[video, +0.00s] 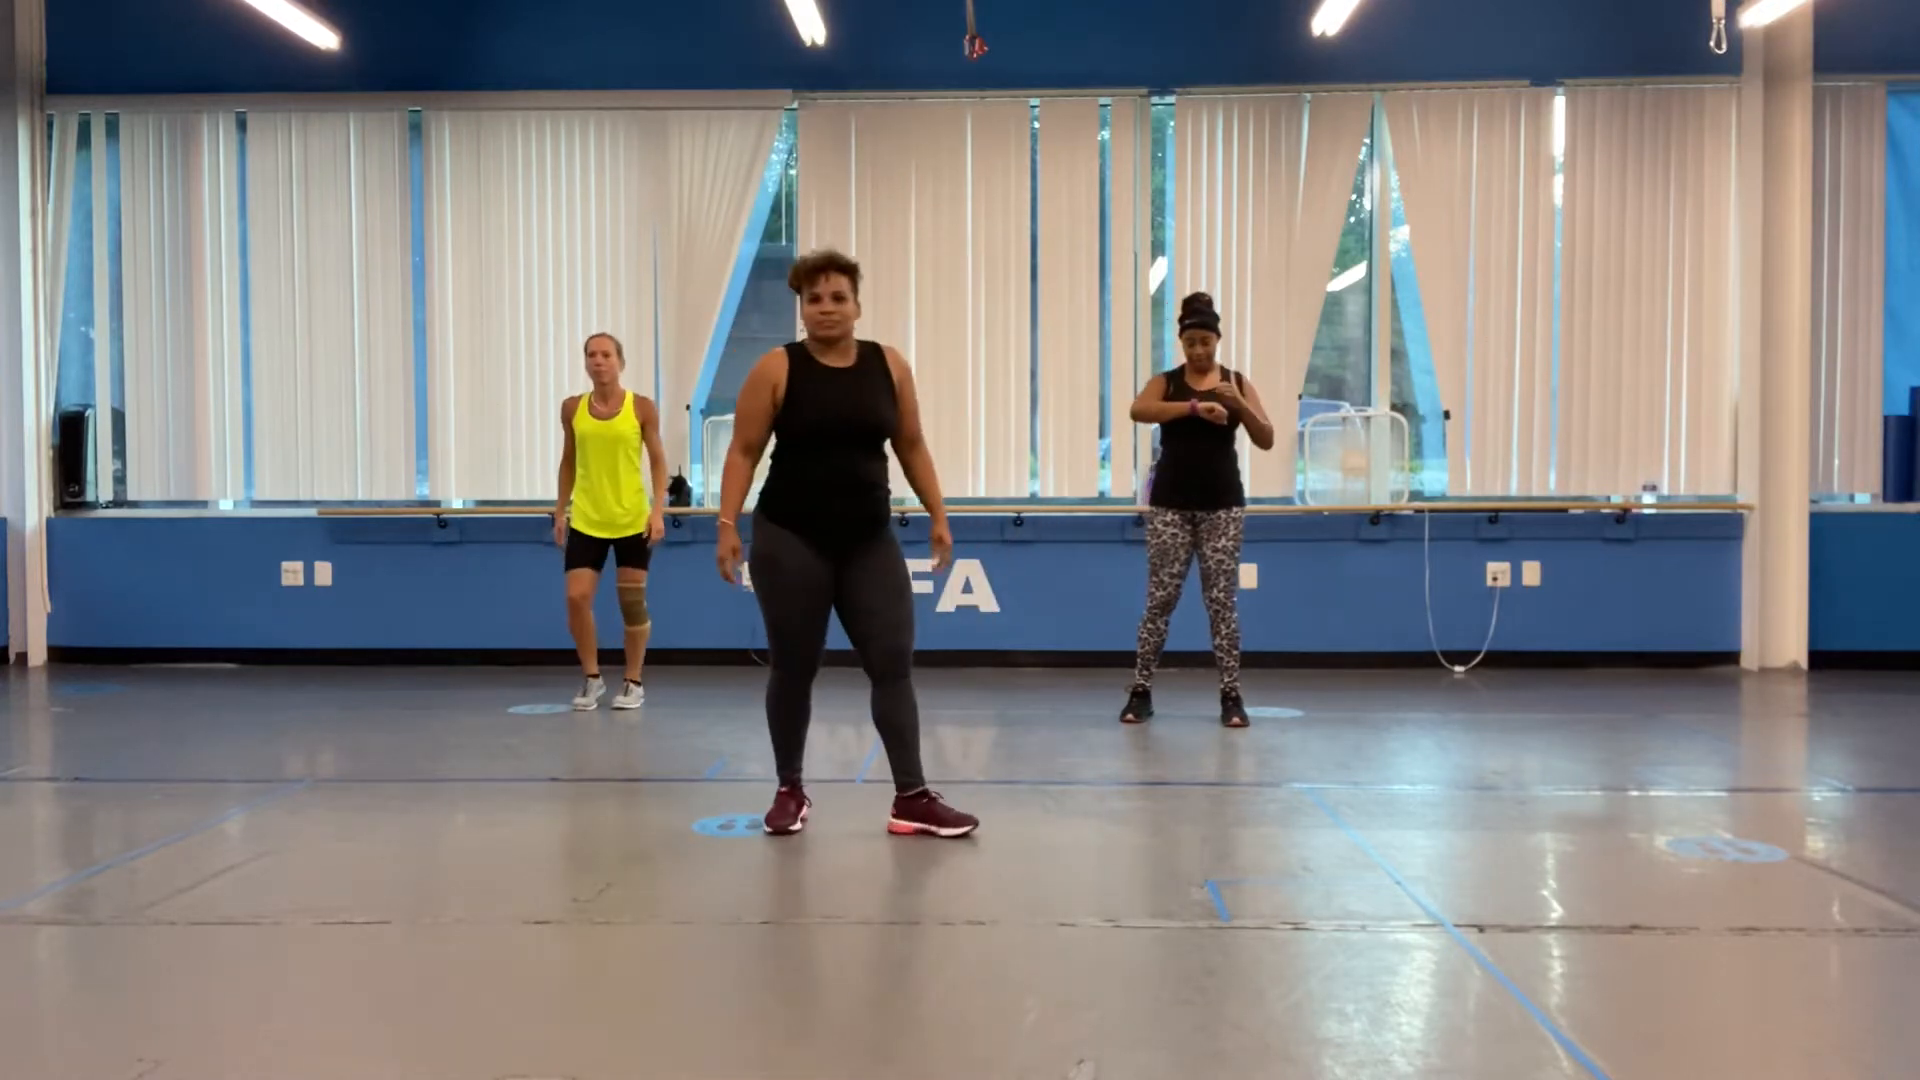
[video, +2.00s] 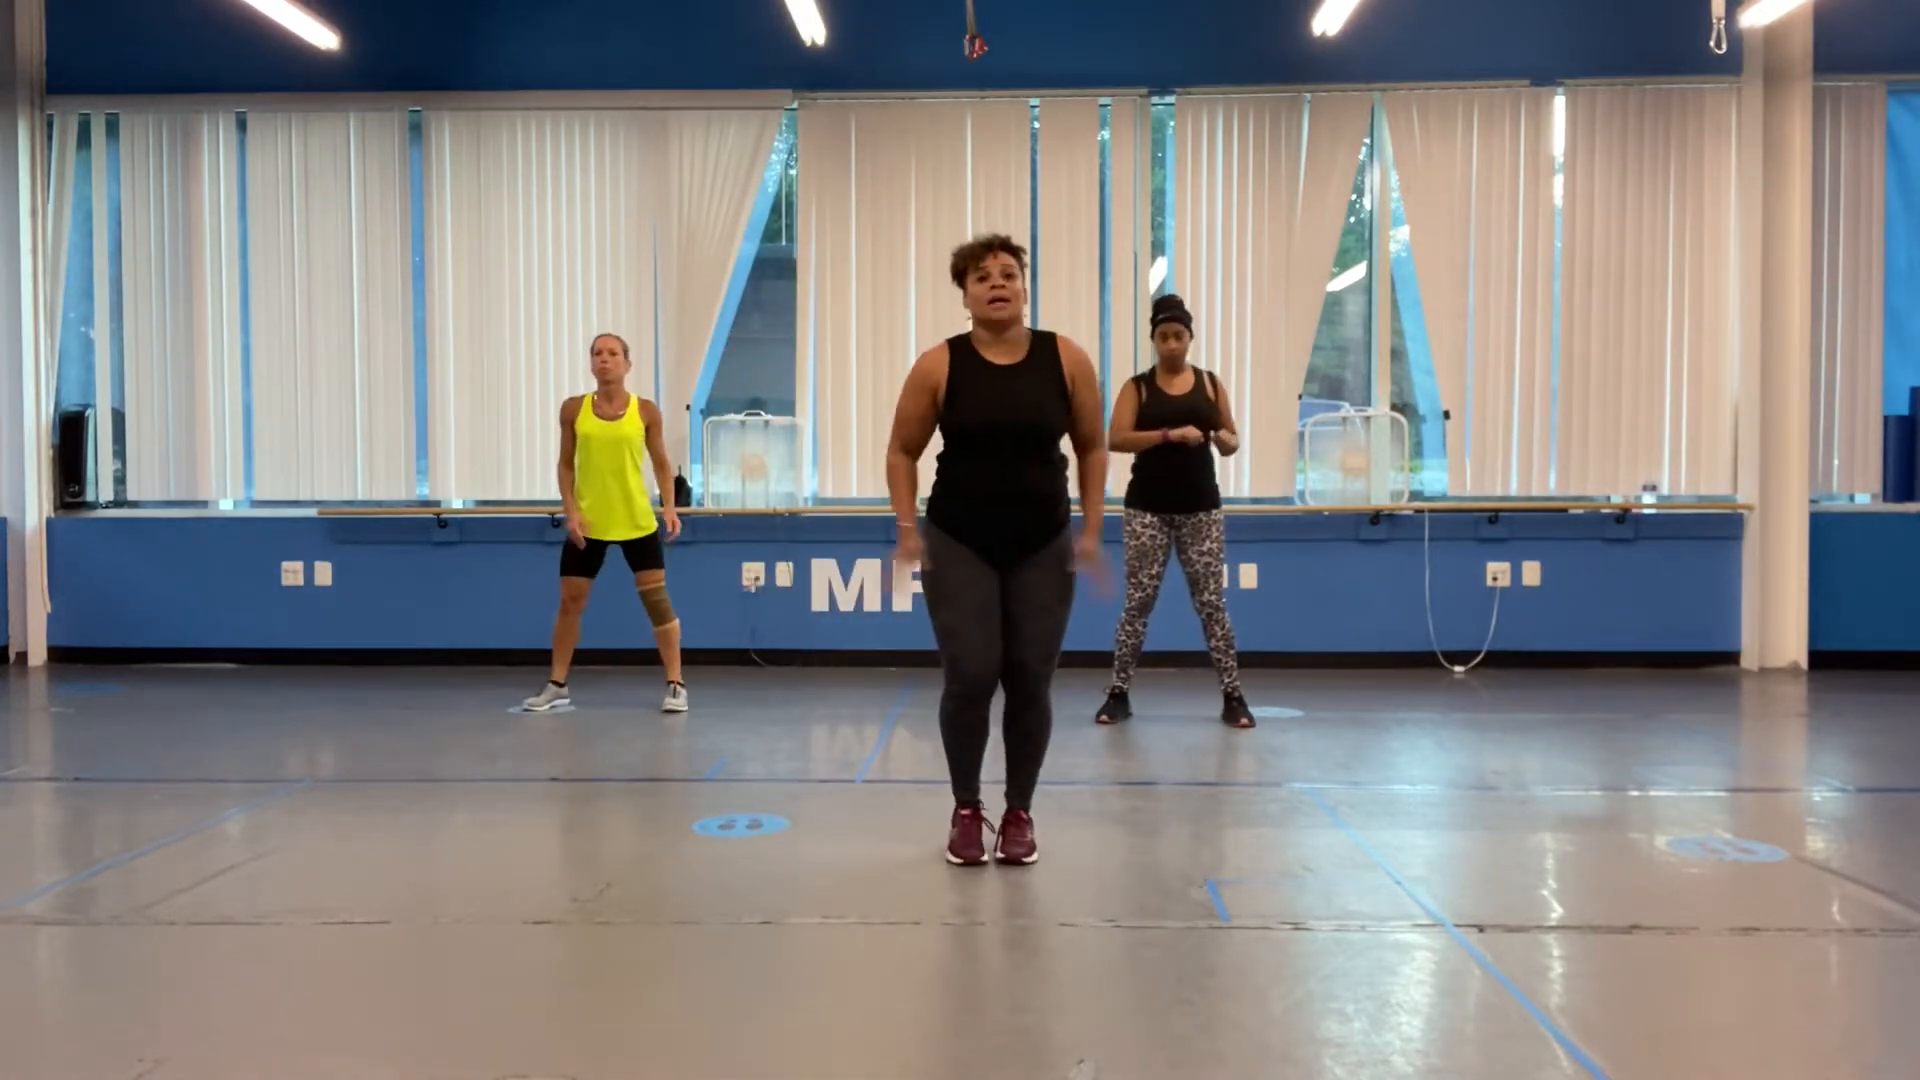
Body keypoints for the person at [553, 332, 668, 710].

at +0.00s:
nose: (598, 361)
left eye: (605, 355)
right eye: (592, 356)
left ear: (620, 363)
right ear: (585, 364)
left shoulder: (640, 406)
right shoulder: (573, 408)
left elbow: (658, 460)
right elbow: (568, 460)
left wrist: (658, 509)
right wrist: (561, 508)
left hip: (632, 517)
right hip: (586, 518)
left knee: (632, 598)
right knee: (577, 598)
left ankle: (633, 682)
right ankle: (592, 679)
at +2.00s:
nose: (603, 359)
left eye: (611, 353)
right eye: (598, 353)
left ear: (627, 363)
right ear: (590, 363)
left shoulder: (646, 411)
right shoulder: (573, 408)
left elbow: (661, 462)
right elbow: (565, 463)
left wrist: (669, 505)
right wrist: (570, 510)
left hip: (637, 519)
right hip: (590, 520)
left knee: (656, 600)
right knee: (570, 601)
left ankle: (675, 684)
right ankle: (557, 685)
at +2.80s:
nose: (548, 371)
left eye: (557, 365)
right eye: (543, 366)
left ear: (575, 376)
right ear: (538, 378)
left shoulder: (599, 418)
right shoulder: (528, 423)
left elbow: (613, 469)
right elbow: (518, 473)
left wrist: (616, 496)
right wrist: (533, 492)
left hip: (601, 523)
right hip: (556, 525)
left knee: (612, 599)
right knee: (526, 598)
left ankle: (639, 674)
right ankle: (527, 685)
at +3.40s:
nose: (542, 374)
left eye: (550, 368)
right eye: (537, 369)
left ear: (569, 379)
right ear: (532, 381)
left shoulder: (594, 417)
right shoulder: (526, 423)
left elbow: (632, 450)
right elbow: (533, 477)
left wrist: (665, 475)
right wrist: (551, 483)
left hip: (612, 521)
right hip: (568, 526)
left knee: (630, 599)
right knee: (532, 594)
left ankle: (673, 680)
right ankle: (521, 683)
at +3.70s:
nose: (499, 382)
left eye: (508, 377)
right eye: (494, 377)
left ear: (527, 387)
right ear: (490, 388)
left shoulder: (554, 419)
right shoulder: (488, 430)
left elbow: (602, 445)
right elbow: (491, 484)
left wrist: (651, 453)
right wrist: (529, 466)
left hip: (578, 526)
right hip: (535, 530)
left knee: (585, 603)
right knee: (487, 590)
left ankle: (615, 680)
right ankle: (503, 678)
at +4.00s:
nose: (465, 385)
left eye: (473, 380)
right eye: (460, 380)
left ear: (492, 390)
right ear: (455, 391)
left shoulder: (517, 426)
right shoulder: (447, 435)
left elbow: (557, 454)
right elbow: (442, 490)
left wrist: (597, 475)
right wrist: (477, 459)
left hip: (537, 527)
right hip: (493, 532)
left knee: (545, 603)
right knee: (458, 599)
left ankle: (585, 660)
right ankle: (465, 687)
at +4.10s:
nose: (468, 383)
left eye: (477, 378)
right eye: (463, 379)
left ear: (495, 387)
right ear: (458, 390)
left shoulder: (522, 430)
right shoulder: (449, 435)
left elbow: (544, 477)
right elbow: (439, 490)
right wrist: (465, 501)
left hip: (533, 527)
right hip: (487, 530)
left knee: (544, 607)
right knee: (451, 599)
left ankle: (555, 666)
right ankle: (464, 687)